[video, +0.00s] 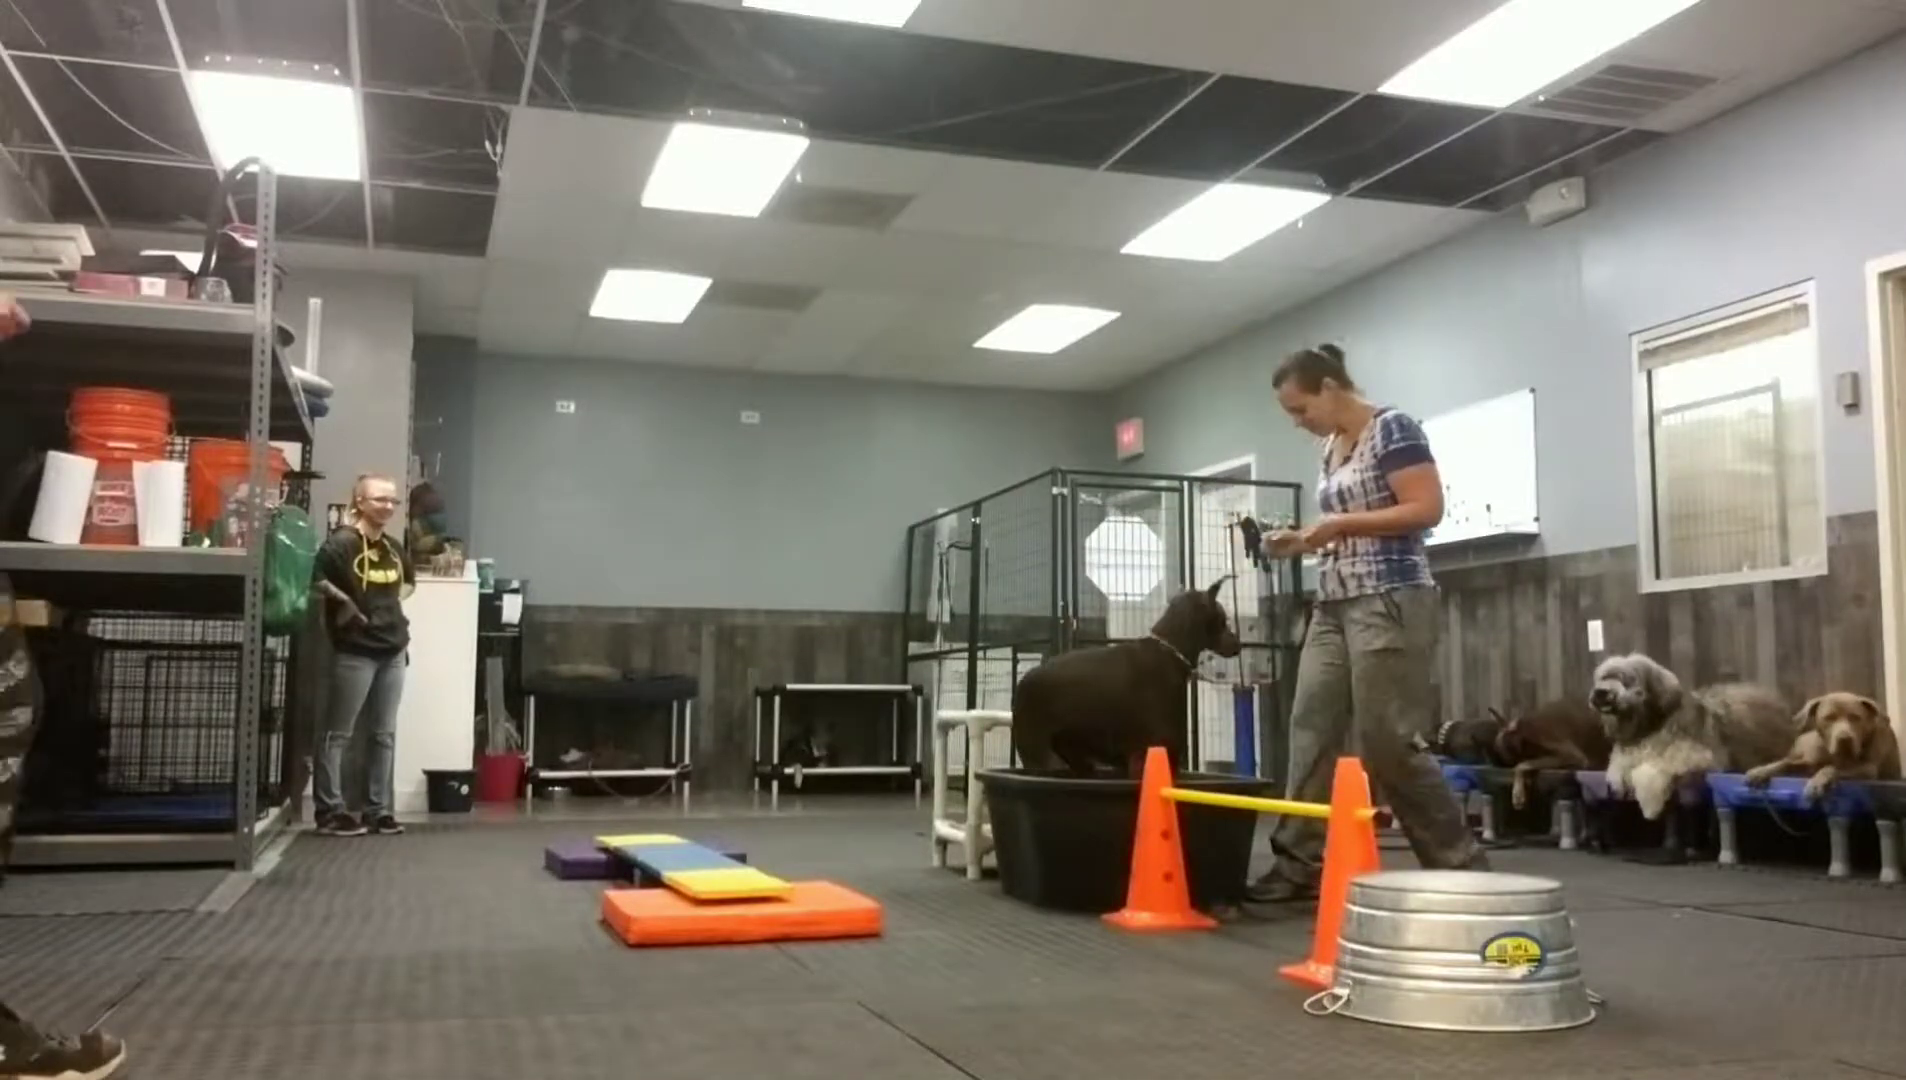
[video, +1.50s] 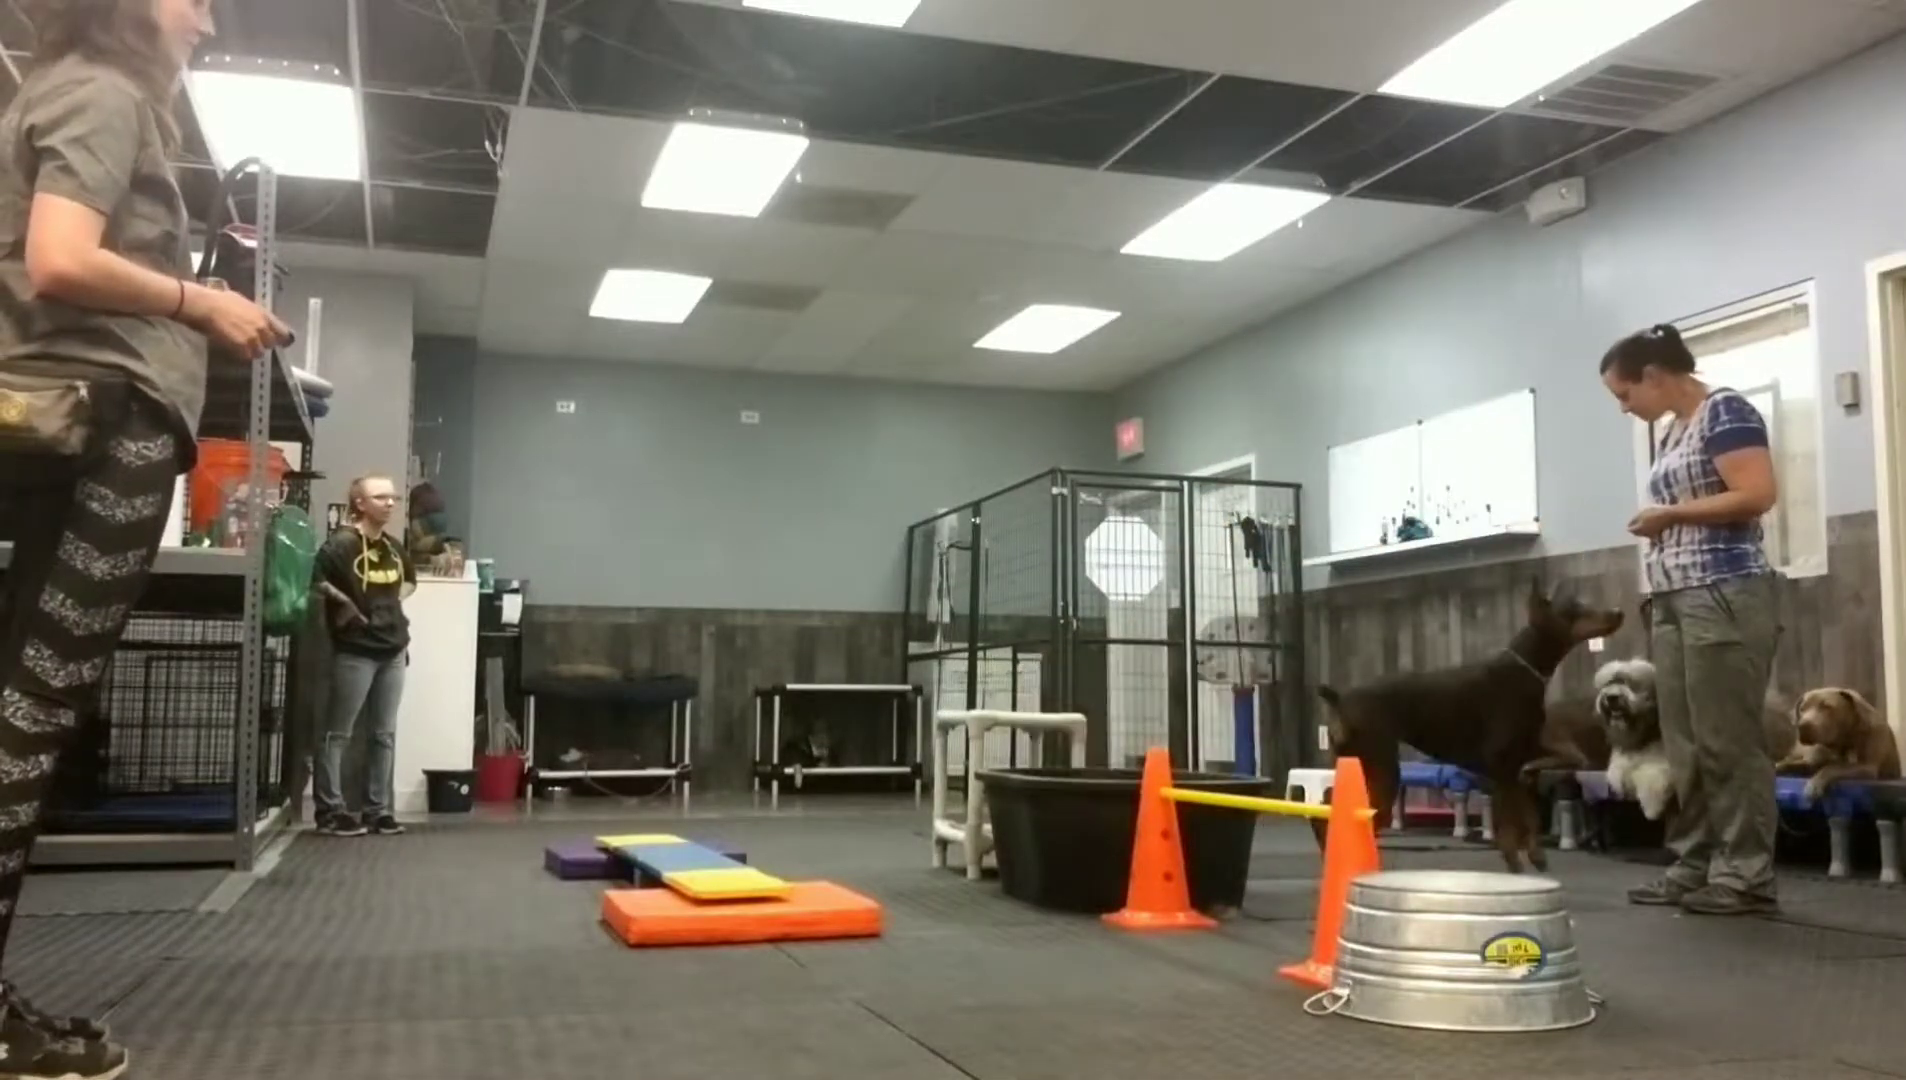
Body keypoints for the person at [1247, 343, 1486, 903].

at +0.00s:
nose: (1300, 423)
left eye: (1300, 409)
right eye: (1293, 414)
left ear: (1330, 388)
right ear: (1321, 398)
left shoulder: (1392, 427)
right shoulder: (1332, 456)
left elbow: (1427, 509)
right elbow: (1349, 531)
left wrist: (1341, 523)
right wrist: (1300, 542)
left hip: (1388, 602)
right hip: (1336, 607)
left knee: (1387, 740)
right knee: (1311, 729)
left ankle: (1462, 867)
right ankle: (1298, 867)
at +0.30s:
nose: (1440, 416)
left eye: (1441, 404)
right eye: (1435, 408)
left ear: (1473, 386)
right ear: (1471, 391)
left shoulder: (1529, 433)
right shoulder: (1485, 451)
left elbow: (1562, 511)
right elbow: (1512, 521)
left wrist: (1481, 528)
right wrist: (1468, 531)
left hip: (1533, 604)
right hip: (1507, 607)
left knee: (1495, 734)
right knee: (1533, 740)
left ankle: (1469, 865)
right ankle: (1622, 849)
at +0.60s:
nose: (1544, 407)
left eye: (1548, 394)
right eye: (1540, 398)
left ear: (1584, 381)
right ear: (1574, 389)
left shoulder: (1642, 426)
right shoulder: (1581, 456)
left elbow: (1679, 503)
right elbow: (1601, 528)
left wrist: (1593, 522)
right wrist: (1567, 529)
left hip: (1641, 600)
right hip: (1590, 606)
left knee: (1634, 726)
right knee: (1604, 734)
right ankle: (1640, 858)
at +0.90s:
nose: (1619, 391)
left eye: (1623, 377)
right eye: (1615, 380)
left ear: (1658, 364)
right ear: (1655, 370)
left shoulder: (1720, 414)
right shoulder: (1661, 437)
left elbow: (1753, 498)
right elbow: (1679, 525)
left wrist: (1664, 514)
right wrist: (1641, 576)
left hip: (1715, 597)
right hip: (1663, 601)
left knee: (1717, 738)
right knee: (1658, 738)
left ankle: (1744, 876)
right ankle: (1665, 863)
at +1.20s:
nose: (1633, 399)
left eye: (1634, 385)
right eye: (1628, 389)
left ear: (1667, 366)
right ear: (1663, 371)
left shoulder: (1731, 413)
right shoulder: (1669, 433)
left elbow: (1762, 497)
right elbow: (1686, 514)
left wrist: (1672, 512)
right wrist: (1654, 534)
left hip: (1721, 597)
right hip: (1671, 601)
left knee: (1722, 738)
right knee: (1679, 743)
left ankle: (1746, 876)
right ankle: (1692, 867)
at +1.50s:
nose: (1626, 409)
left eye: (1625, 395)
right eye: (1620, 399)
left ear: (1654, 375)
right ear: (1653, 380)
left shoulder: (1723, 411)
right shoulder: (1669, 437)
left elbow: (1758, 494)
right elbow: (1689, 518)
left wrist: (1671, 514)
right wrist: (1657, 536)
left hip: (1724, 597)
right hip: (1675, 602)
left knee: (1728, 740)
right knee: (1686, 743)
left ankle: (1746, 877)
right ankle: (1694, 866)